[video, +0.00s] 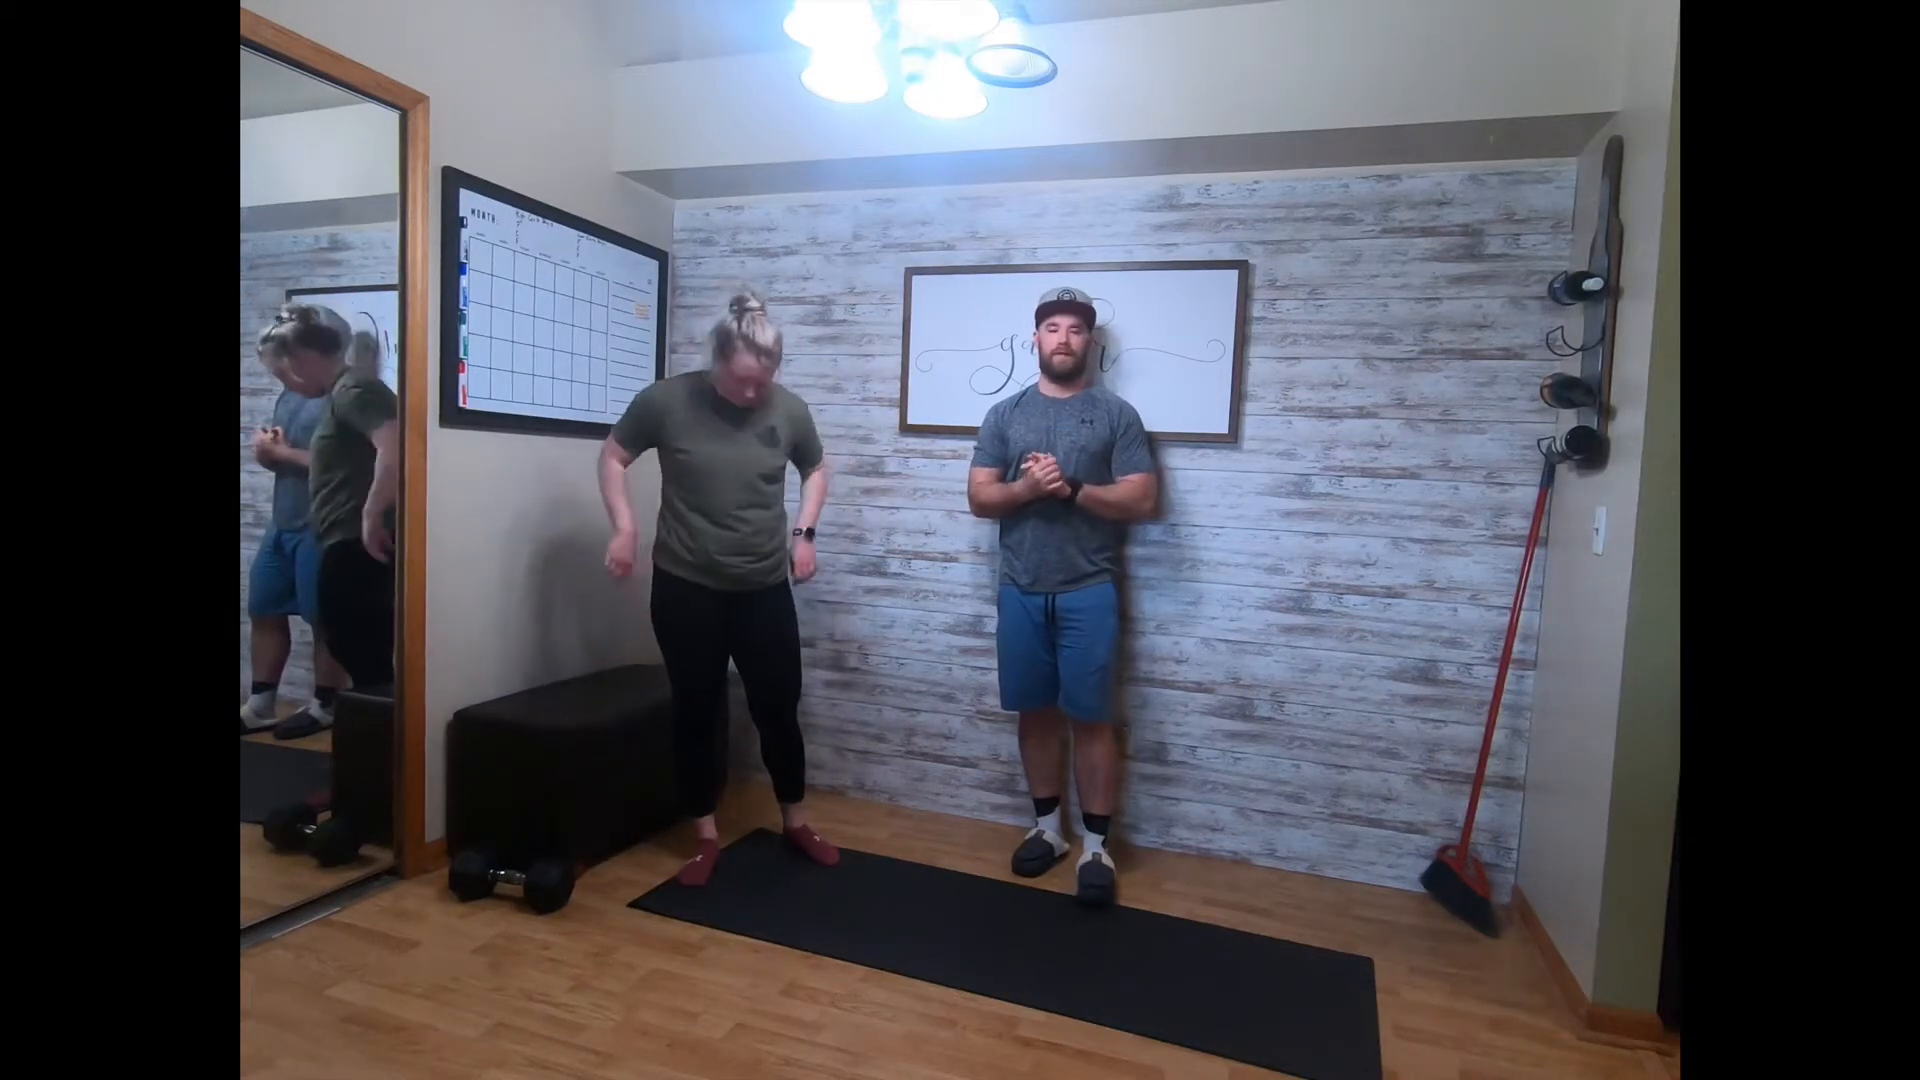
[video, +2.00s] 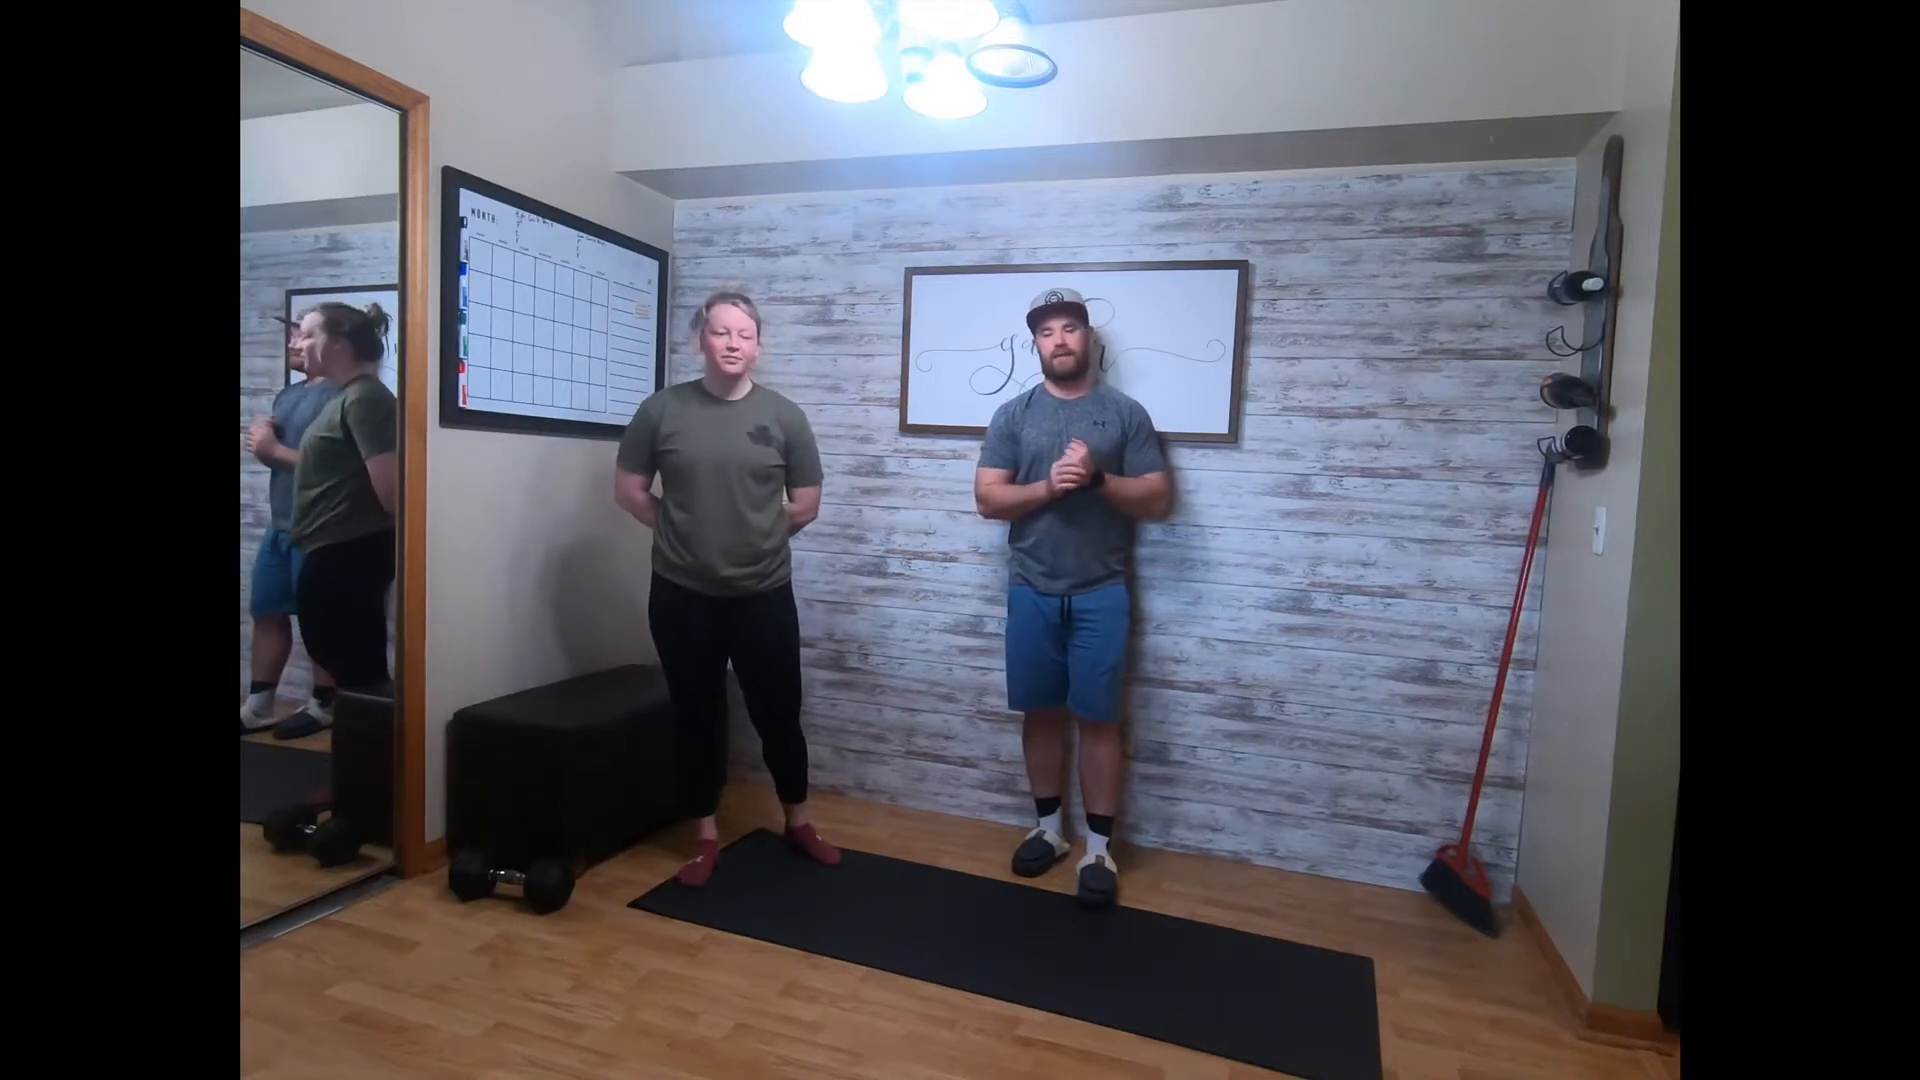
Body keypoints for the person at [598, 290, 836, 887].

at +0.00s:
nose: (751, 392)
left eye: (761, 381)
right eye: (741, 380)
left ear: (775, 367)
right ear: (717, 359)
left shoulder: (788, 410)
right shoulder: (667, 401)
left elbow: (816, 470)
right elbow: (613, 456)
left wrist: (805, 531)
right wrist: (624, 528)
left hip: (764, 587)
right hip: (686, 586)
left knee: (779, 709)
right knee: (696, 713)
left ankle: (797, 824)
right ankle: (707, 838)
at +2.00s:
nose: (733, 343)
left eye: (744, 334)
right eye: (722, 332)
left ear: (757, 345)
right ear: (702, 341)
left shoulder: (785, 417)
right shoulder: (661, 411)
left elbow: (805, 506)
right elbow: (628, 493)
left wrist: (746, 529)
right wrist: (684, 528)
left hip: (763, 593)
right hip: (682, 592)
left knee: (781, 716)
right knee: (696, 719)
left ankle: (799, 825)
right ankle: (707, 838)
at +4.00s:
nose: (798, 357)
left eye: (809, 347)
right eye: (787, 347)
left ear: (823, 352)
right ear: (769, 353)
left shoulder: (851, 420)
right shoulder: (736, 412)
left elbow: (867, 498)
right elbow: (703, 489)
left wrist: (815, 526)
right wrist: (756, 525)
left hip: (825, 591)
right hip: (752, 587)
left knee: (808, 710)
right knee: (734, 709)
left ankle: (798, 824)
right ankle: (711, 835)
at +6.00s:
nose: (790, 340)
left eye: (795, 330)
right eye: (775, 330)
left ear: (801, 342)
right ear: (744, 340)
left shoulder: (814, 417)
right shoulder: (703, 405)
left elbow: (818, 495)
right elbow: (661, 487)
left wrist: (777, 528)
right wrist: (717, 526)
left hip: (793, 589)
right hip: (719, 586)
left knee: (789, 709)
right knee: (718, 711)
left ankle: (795, 821)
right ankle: (713, 835)